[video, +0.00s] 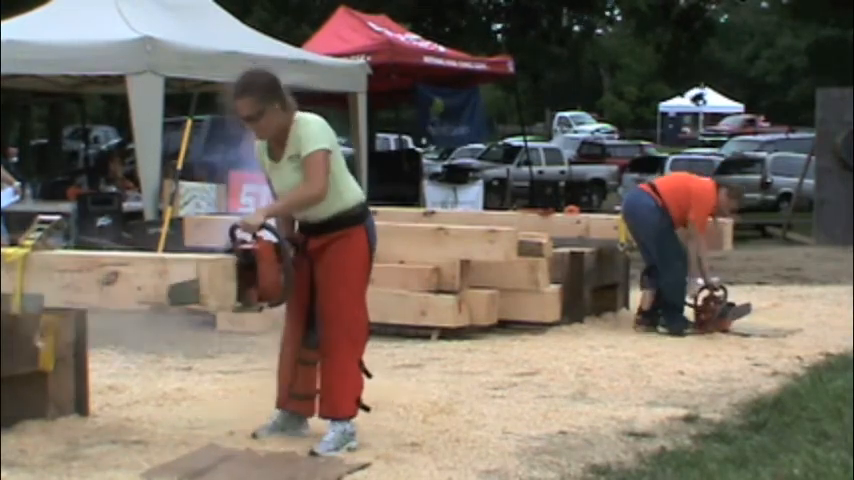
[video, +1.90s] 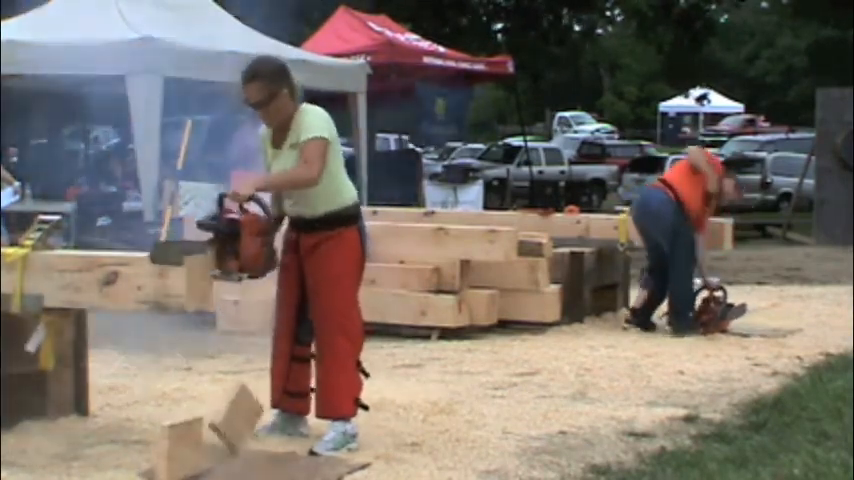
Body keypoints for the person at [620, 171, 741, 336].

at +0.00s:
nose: (729, 212)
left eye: (733, 208)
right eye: (731, 206)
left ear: (722, 191)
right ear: (724, 193)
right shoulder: (706, 193)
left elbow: (691, 240)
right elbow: (698, 241)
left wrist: (693, 278)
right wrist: (707, 278)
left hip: (635, 201)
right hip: (649, 207)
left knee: (658, 264)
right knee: (676, 262)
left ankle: (648, 314)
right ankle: (673, 320)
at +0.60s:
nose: (737, 235)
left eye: (742, 234)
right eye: (741, 231)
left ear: (737, 216)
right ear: (739, 218)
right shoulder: (721, 213)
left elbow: (698, 252)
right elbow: (705, 261)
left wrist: (708, 281)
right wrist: (707, 307)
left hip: (645, 200)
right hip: (659, 206)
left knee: (656, 264)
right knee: (681, 268)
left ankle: (647, 313)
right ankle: (679, 321)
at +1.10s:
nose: (737, 224)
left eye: (742, 222)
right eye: (741, 220)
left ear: (736, 207)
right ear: (737, 208)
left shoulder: (716, 200)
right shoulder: (718, 206)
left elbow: (699, 245)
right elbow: (698, 245)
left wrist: (707, 279)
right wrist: (698, 280)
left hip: (644, 200)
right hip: (656, 206)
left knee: (657, 264)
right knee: (675, 263)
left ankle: (647, 313)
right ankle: (678, 320)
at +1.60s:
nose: (731, 212)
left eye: (733, 208)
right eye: (732, 207)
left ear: (717, 192)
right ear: (726, 199)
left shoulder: (700, 192)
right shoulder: (714, 209)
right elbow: (700, 248)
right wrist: (706, 280)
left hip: (637, 210)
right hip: (658, 219)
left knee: (658, 269)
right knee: (690, 269)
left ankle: (637, 313)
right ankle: (680, 321)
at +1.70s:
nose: (729, 191)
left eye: (731, 188)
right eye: (730, 186)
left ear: (716, 171)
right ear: (727, 178)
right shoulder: (716, 182)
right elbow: (708, 219)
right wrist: (708, 253)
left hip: (641, 210)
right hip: (660, 214)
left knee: (665, 271)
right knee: (693, 271)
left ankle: (639, 313)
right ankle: (683, 323)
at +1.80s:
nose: (730, 190)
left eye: (732, 186)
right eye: (731, 183)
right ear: (726, 171)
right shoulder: (714, 163)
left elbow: (699, 247)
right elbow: (702, 177)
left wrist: (711, 276)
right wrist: (706, 216)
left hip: (645, 200)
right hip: (664, 204)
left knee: (662, 265)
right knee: (683, 263)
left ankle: (640, 313)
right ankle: (684, 321)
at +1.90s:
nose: (732, 196)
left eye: (734, 196)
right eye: (733, 190)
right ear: (730, 178)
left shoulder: (705, 206)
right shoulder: (715, 166)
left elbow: (695, 243)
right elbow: (694, 152)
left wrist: (704, 279)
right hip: (662, 201)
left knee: (661, 264)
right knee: (682, 263)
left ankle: (641, 312)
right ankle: (681, 319)